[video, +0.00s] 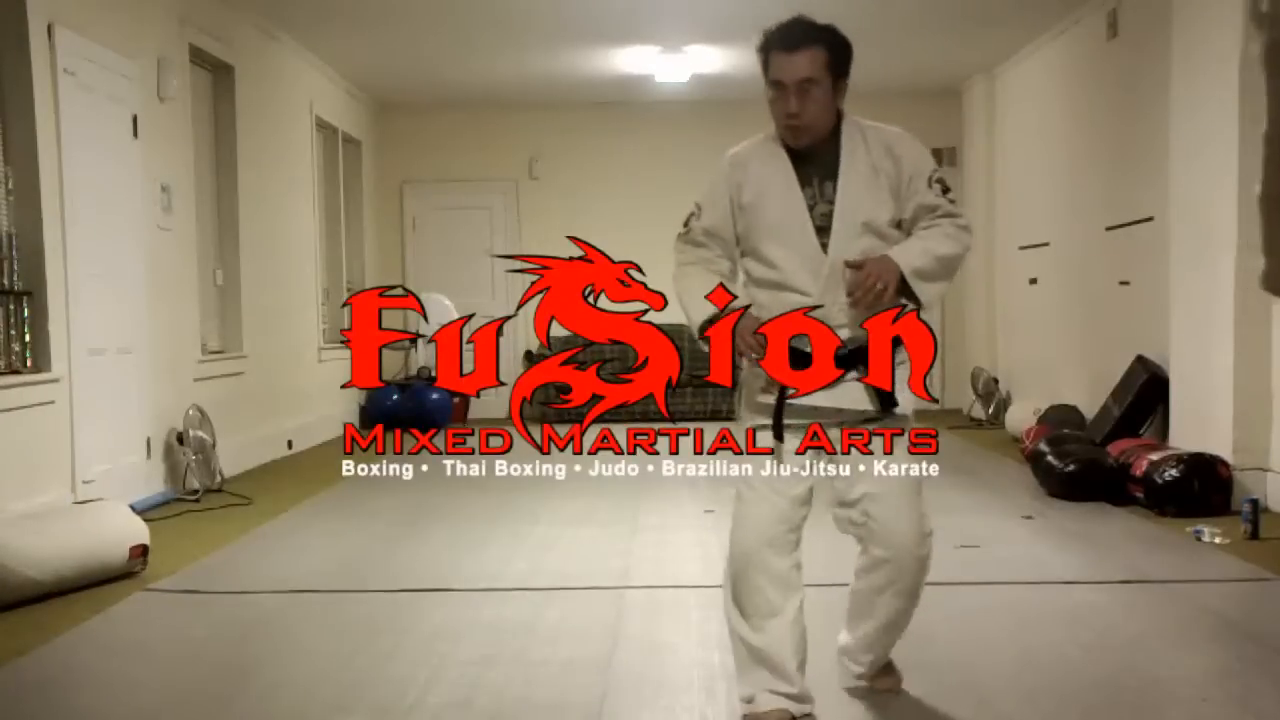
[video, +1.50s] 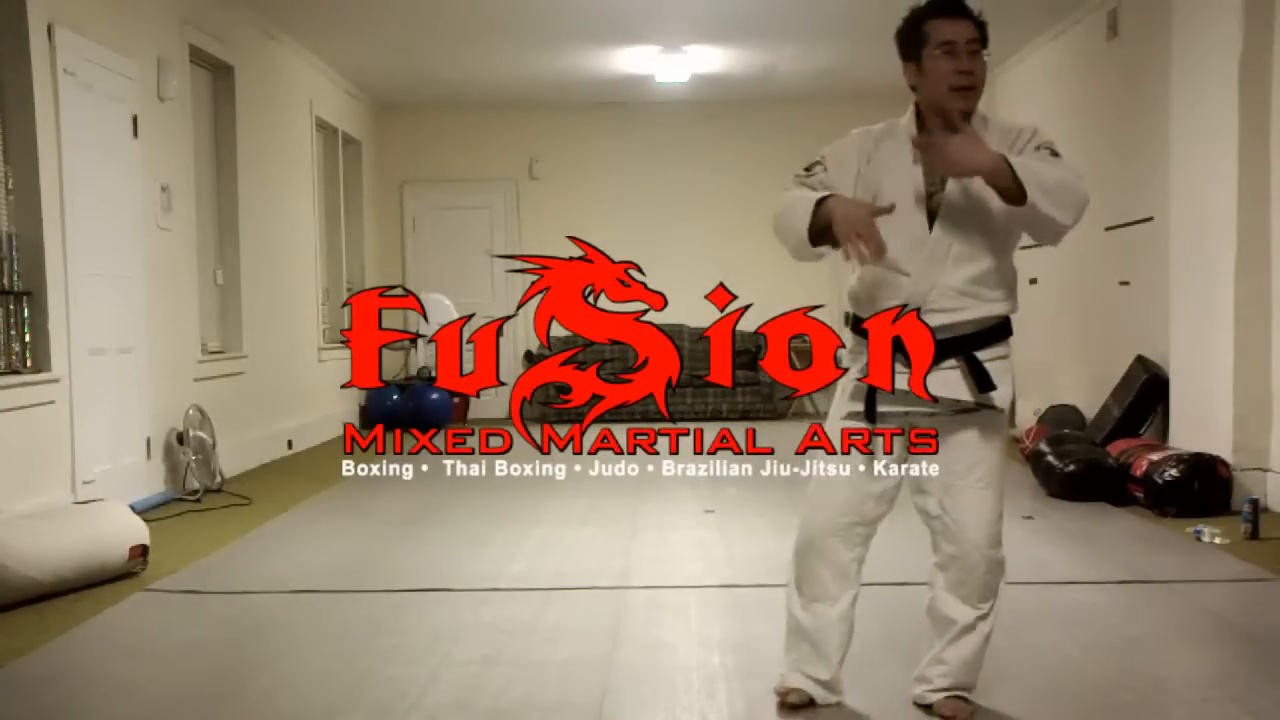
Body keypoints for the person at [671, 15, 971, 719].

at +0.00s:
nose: (790, 104)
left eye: (806, 88)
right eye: (778, 89)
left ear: (840, 87)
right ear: (764, 89)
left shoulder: (897, 153)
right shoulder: (741, 168)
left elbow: (951, 230)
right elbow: (698, 251)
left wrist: (901, 263)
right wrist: (726, 318)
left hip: (874, 396)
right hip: (774, 398)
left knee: (902, 543)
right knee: (757, 547)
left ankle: (866, 658)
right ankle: (772, 697)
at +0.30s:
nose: (801, 78)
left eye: (818, 62)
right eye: (788, 65)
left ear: (849, 69)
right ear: (773, 73)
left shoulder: (904, 144)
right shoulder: (745, 155)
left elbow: (955, 230)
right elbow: (709, 242)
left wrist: (890, 259)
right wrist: (724, 289)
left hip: (884, 395)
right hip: (779, 396)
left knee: (928, 546)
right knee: (757, 551)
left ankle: (938, 691)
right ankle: (778, 704)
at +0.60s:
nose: (831, 72)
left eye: (847, 56)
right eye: (817, 59)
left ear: (880, 64)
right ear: (804, 71)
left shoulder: (925, 137)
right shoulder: (789, 149)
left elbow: (953, 237)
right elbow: (750, 235)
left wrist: (875, 296)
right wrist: (743, 197)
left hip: (903, 368)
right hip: (811, 370)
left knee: (934, 545)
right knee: (777, 539)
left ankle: (942, 693)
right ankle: (785, 702)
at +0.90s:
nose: (878, 68)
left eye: (892, 53)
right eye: (862, 56)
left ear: (916, 63)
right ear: (839, 71)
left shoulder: (955, 137)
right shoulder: (806, 154)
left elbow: (993, 203)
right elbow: (733, 220)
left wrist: (915, 161)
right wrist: (779, 226)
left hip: (934, 370)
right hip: (831, 371)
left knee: (954, 548)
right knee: (793, 541)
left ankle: (943, 692)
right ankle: (785, 701)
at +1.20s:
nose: (925, 65)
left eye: (935, 50)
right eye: (906, 53)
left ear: (952, 61)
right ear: (875, 70)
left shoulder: (985, 142)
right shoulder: (847, 147)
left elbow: (1031, 212)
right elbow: (798, 226)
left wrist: (940, 218)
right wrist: (827, 173)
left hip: (958, 370)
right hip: (859, 367)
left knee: (969, 548)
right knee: (811, 537)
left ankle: (944, 691)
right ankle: (787, 699)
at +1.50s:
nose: (968, 64)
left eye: (976, 50)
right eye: (949, 52)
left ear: (987, 63)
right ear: (912, 69)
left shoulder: (1014, 144)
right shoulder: (865, 149)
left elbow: (1070, 206)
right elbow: (788, 215)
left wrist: (995, 168)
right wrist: (830, 210)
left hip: (972, 362)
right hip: (874, 362)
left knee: (975, 545)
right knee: (827, 531)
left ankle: (947, 688)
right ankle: (807, 680)